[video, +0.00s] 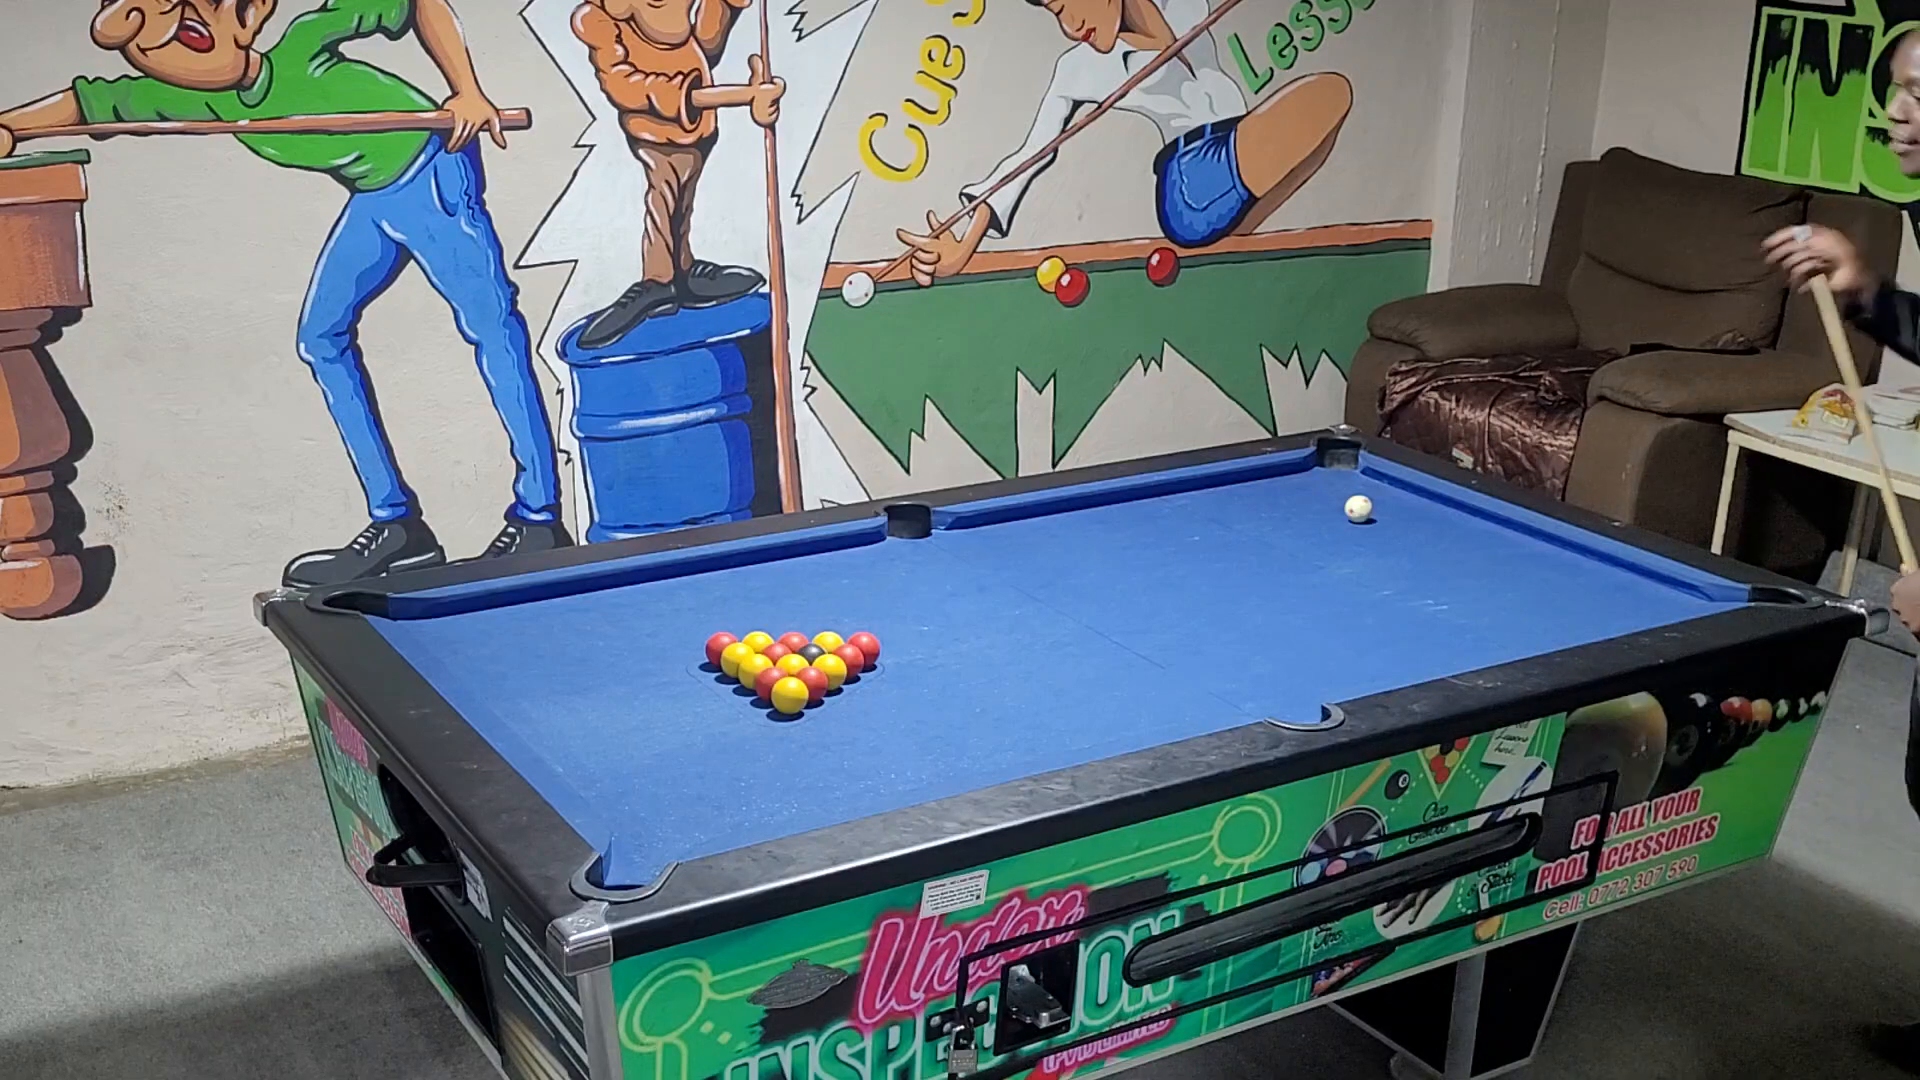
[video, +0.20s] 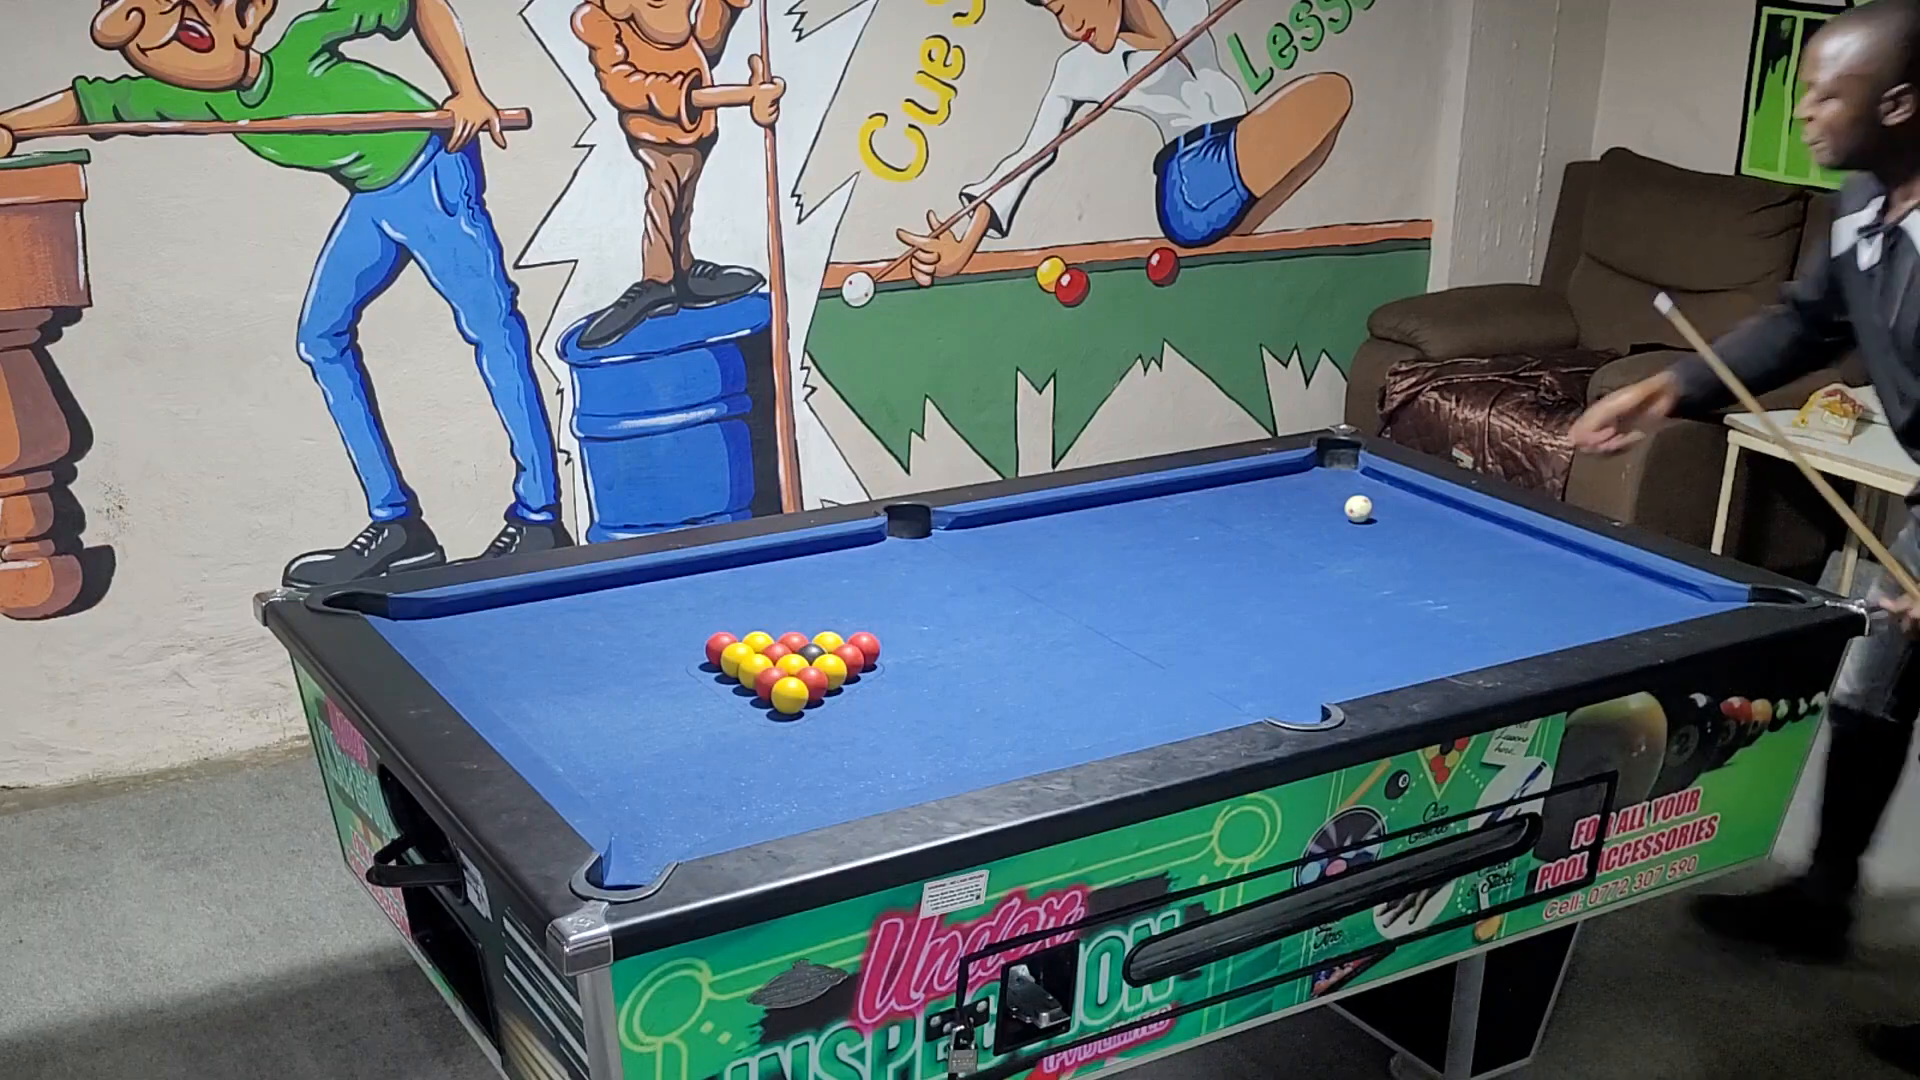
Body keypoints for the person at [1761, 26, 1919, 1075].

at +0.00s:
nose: (1895, 114)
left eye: (1907, 93)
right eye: (1893, 92)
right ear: (1892, 102)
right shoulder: (1908, 223)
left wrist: (1919, 564)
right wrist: (1866, 290)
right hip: (1919, 563)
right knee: (1919, 780)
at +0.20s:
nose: (1803, 112)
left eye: (1824, 93)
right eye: (1805, 91)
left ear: (1900, 104)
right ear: (1877, 107)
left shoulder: (1915, 230)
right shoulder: (1855, 211)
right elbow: (1809, 322)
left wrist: (1919, 582)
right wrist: (1668, 390)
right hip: (1915, 510)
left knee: (1896, 702)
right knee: (1872, 681)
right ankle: (1825, 893)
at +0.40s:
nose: (1674, 204)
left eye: (1693, 183)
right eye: (1675, 183)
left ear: (1771, 182)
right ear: (1749, 187)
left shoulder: (1900, 242)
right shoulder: (1706, 291)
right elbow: (1588, 387)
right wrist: (1437, 461)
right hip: (1887, 514)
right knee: (1783, 692)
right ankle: (1742, 891)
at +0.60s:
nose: (1636, 249)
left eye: (1651, 228)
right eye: (1628, 230)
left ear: (1723, 207)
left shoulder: (1872, 249)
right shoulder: (1668, 310)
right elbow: (1595, 423)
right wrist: (1506, 521)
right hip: (1849, 496)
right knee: (1774, 682)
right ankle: (1743, 891)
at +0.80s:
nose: (1658, 228)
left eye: (1676, 205)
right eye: (1648, 208)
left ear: (1746, 188)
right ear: (1642, 205)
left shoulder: (1882, 228)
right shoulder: (1677, 310)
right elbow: (1624, 435)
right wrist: (1543, 534)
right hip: (1847, 487)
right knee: (1766, 677)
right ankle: (1742, 888)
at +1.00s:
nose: (1738, 200)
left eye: (1761, 176)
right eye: (1729, 178)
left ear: (1833, 169)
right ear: (1725, 177)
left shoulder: (1915, 235)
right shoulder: (1740, 285)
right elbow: (1688, 412)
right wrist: (1587, 479)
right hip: (1884, 487)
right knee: (1781, 670)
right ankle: (1742, 886)